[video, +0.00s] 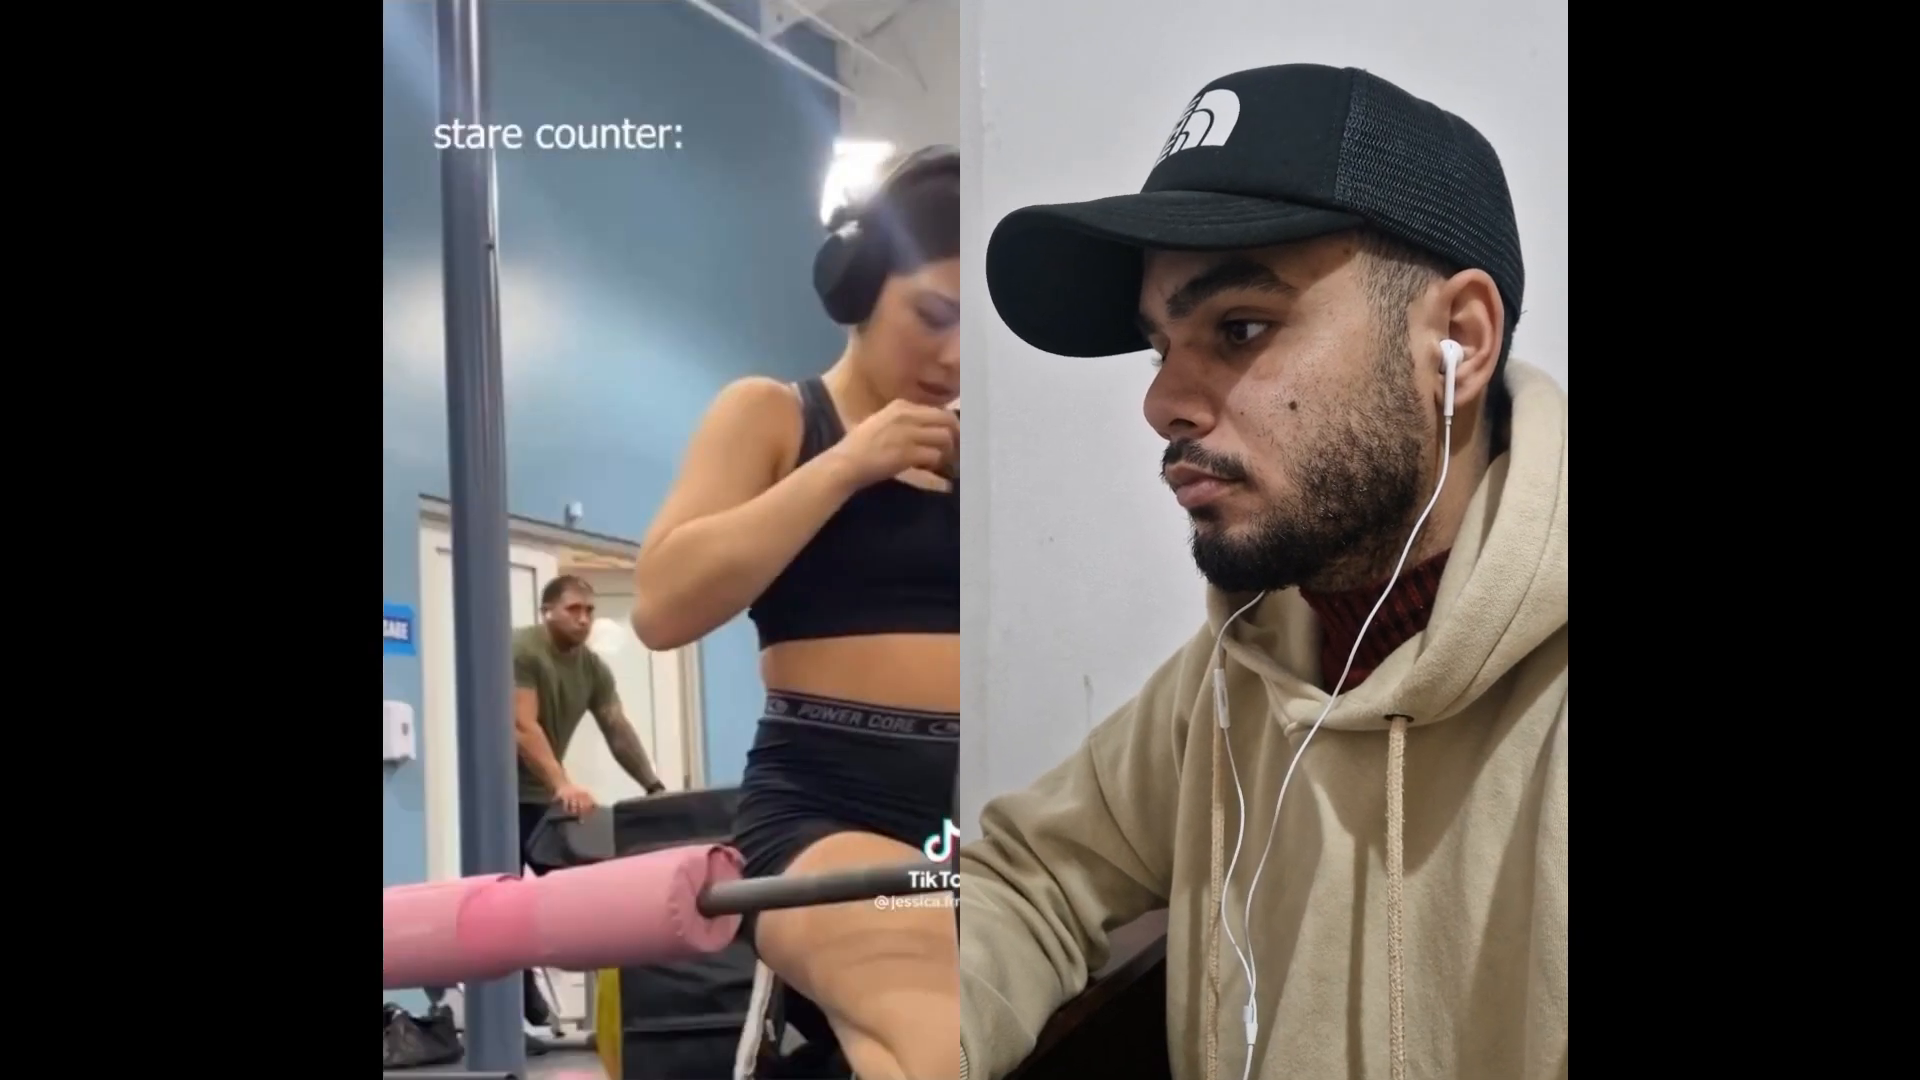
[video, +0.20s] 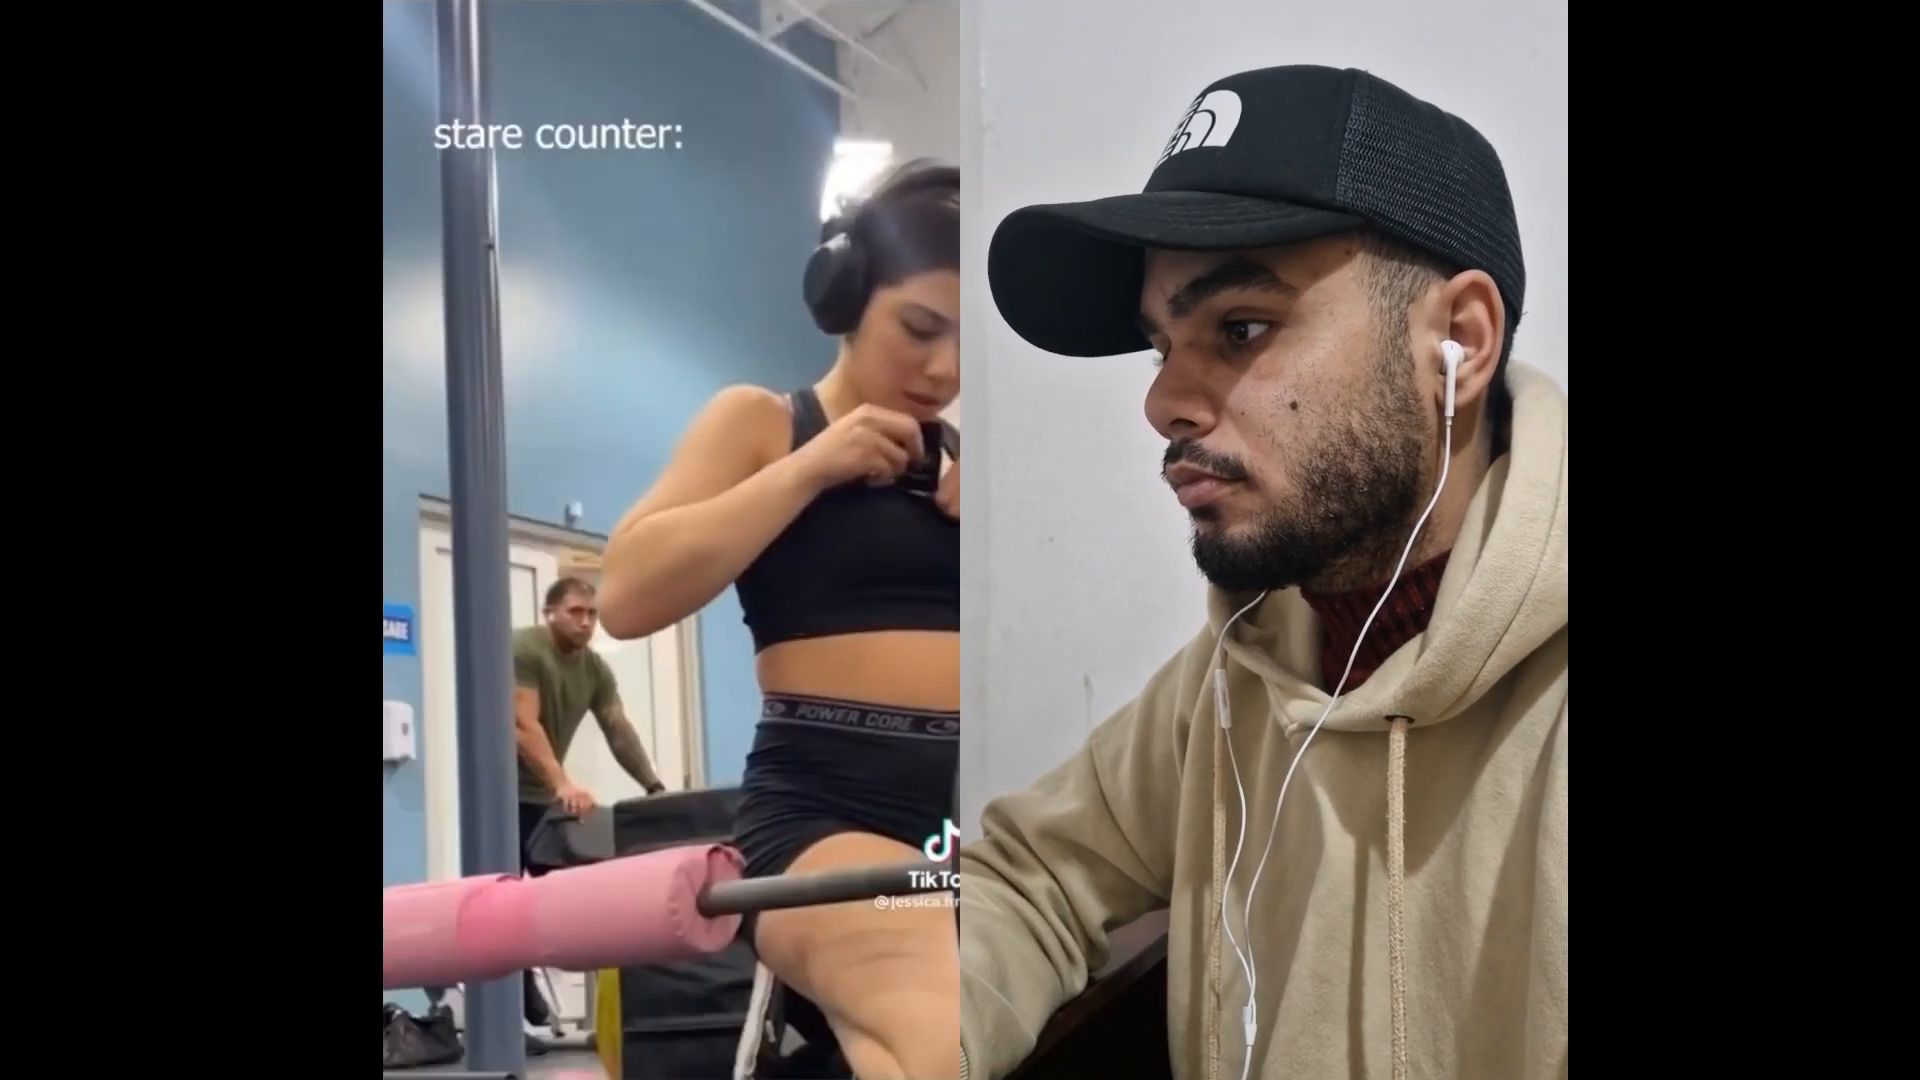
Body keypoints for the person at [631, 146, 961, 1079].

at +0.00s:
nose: (960, 352)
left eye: (978, 320)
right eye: (936, 314)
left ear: (1003, 322)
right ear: (860, 293)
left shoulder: (1008, 442)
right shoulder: (770, 414)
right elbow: (665, 610)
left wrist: (1012, 457)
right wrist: (843, 466)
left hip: (1008, 793)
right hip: (827, 791)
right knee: (954, 1023)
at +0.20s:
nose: (948, 369)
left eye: (970, 336)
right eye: (922, 329)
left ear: (992, 337)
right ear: (847, 306)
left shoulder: (985, 460)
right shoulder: (759, 423)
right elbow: (627, 600)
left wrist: (1001, 504)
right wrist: (811, 470)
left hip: (1000, 797)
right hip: (823, 796)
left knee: (905, 1058)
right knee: (953, 1017)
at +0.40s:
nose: (932, 369)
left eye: (958, 342)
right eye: (905, 329)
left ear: (981, 345)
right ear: (837, 302)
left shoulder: (974, 463)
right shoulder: (750, 426)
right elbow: (617, 599)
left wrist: (993, 500)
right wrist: (806, 470)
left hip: (996, 797)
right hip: (820, 798)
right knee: (947, 1014)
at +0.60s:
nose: (926, 368)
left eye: (952, 343)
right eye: (900, 329)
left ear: (974, 345)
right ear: (830, 302)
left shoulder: (968, 465)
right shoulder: (745, 424)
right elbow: (614, 592)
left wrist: (994, 494)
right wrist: (807, 469)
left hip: (993, 797)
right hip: (817, 797)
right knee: (949, 1020)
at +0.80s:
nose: (925, 369)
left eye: (952, 343)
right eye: (900, 329)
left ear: (973, 346)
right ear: (828, 299)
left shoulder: (974, 463)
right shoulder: (743, 423)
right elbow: (599, 578)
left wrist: (993, 496)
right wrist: (804, 471)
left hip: (994, 801)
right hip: (813, 802)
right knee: (945, 1017)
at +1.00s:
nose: (935, 363)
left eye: (960, 332)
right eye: (909, 319)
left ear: (980, 336)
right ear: (833, 295)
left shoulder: (970, 454)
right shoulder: (741, 419)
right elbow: (594, 603)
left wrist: (988, 485)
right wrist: (781, 453)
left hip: (990, 801)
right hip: (809, 801)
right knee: (944, 1020)